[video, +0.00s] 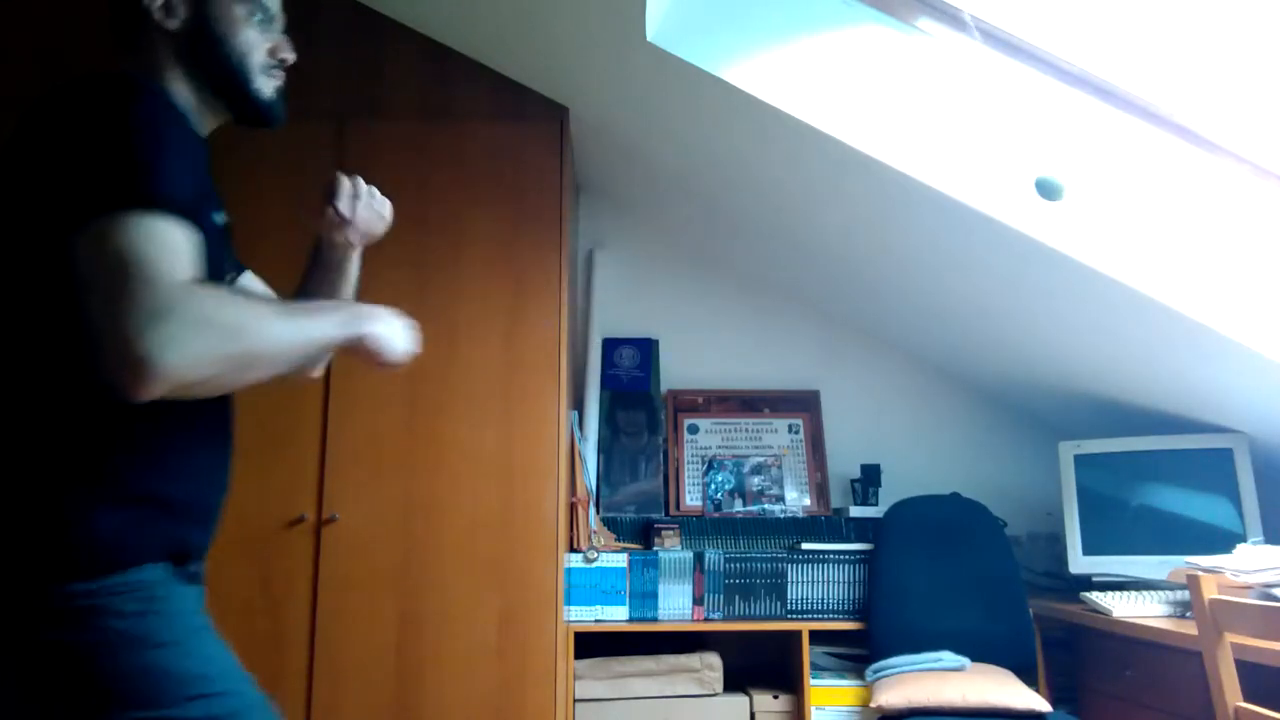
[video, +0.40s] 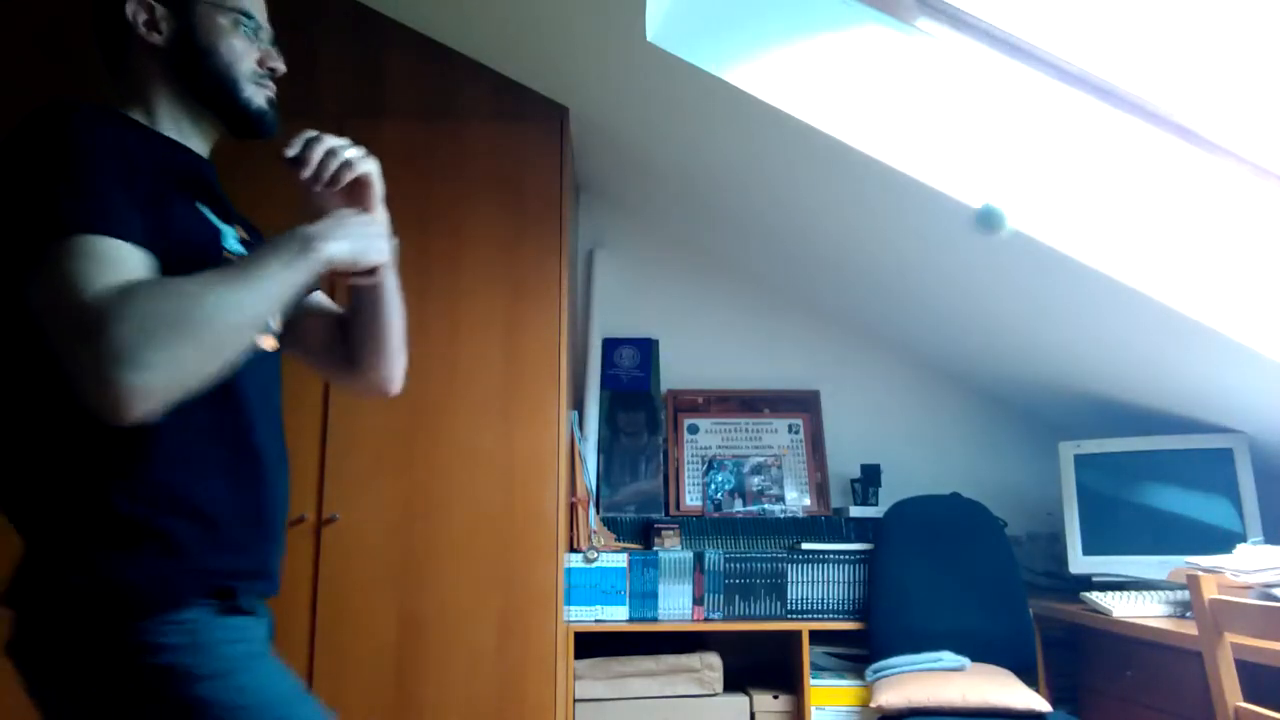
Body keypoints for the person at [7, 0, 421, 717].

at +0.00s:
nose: (287, 50)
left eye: (283, 26)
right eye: (260, 17)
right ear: (171, 10)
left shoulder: (165, 146)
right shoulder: (132, 123)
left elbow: (299, 353)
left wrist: (340, 246)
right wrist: (355, 319)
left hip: (138, 574)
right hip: (105, 579)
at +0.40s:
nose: (277, 59)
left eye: (272, 38)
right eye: (246, 25)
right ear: (153, 20)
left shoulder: (212, 211)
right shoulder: (85, 151)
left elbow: (373, 368)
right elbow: (123, 366)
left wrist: (368, 223)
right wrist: (311, 247)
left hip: (216, 615)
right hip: (147, 621)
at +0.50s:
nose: (312, 58)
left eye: (304, 34)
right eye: (281, 25)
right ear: (190, 19)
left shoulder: (221, 177)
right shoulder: (151, 150)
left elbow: (376, 376)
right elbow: (270, 349)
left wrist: (380, 232)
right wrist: (431, 239)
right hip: (210, 610)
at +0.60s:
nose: (357, 47)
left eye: (350, 24)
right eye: (331, 17)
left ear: (241, 25)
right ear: (245, 16)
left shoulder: (179, 126)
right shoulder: (262, 104)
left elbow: (335, 392)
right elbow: (479, 272)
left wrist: (386, 238)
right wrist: (631, 208)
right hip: (261, 595)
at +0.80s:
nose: (402, 74)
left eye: (395, 47)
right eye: (380, 37)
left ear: (294, 33)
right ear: (298, 26)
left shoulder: (162, 160)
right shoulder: (324, 125)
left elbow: (314, 352)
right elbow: (482, 299)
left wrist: (419, 254)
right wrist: (619, 269)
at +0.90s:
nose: (389, 75)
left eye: (380, 52)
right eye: (362, 43)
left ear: (283, 42)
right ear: (280, 38)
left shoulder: (186, 160)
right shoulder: (290, 133)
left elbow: (250, 356)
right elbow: (351, 340)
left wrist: (399, 288)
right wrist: (520, 301)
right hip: (274, 604)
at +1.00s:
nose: (366, 77)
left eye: (359, 55)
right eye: (339, 46)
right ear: (258, 47)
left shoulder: (253, 171)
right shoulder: (225, 147)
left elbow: (312, 423)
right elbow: (245, 368)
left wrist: (396, 304)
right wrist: (436, 315)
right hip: (215, 594)